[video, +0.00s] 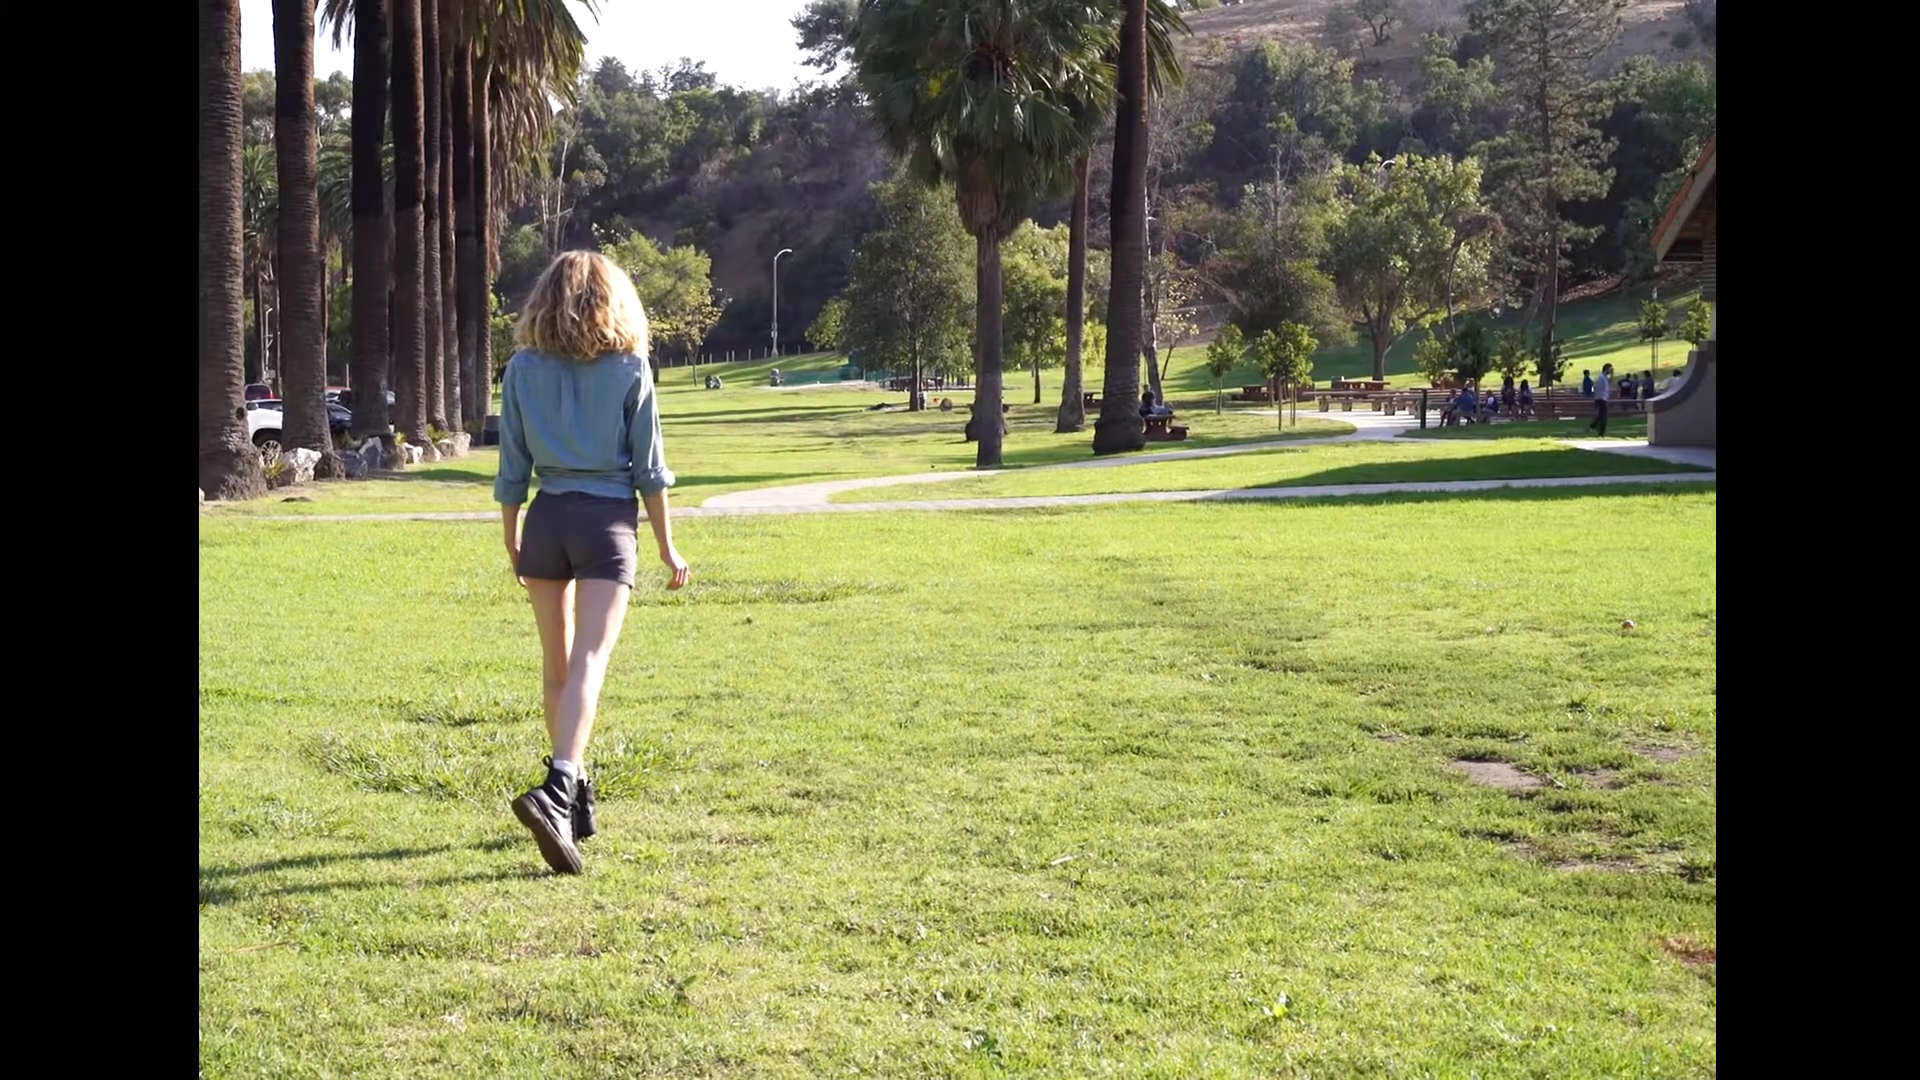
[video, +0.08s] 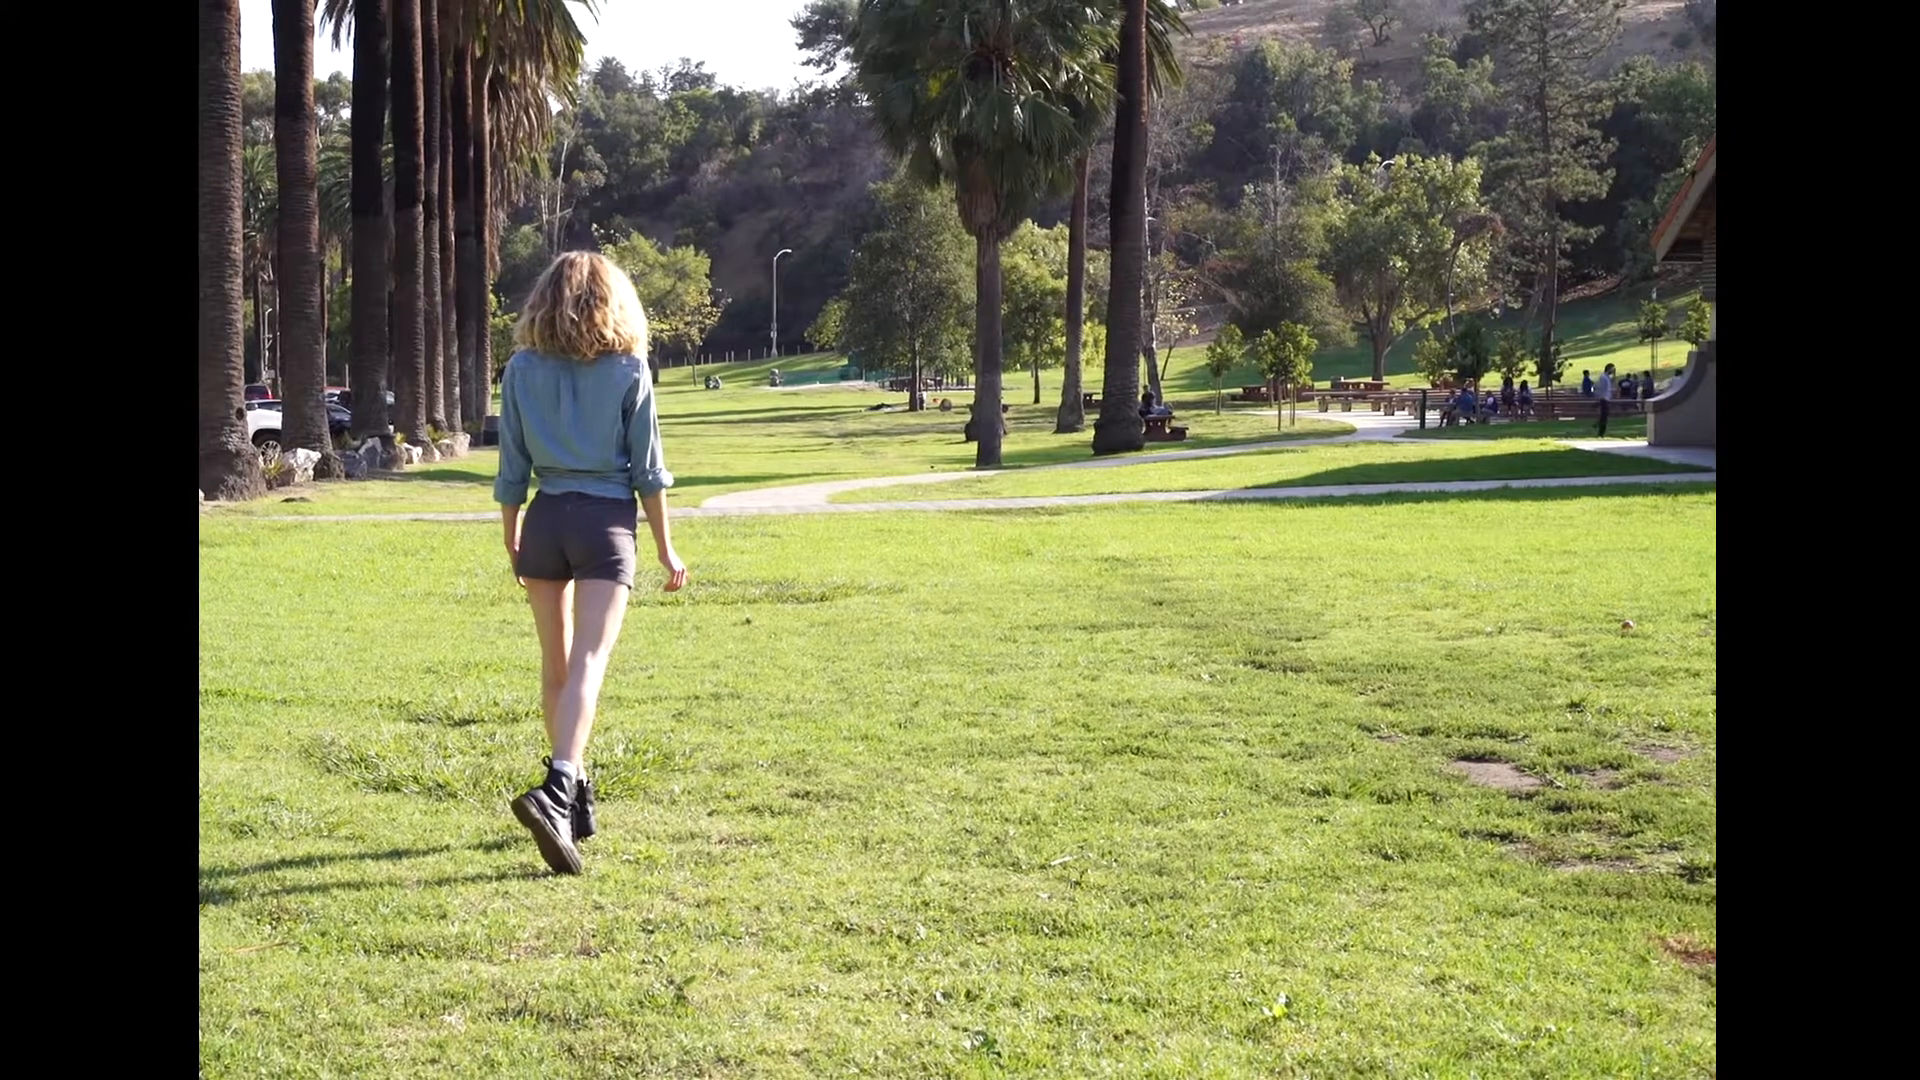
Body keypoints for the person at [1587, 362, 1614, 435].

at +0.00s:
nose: (1610, 371)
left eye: (1611, 369)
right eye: (1610, 369)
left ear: (1605, 369)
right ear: (1606, 369)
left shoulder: (1605, 378)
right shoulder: (1601, 378)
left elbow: (1610, 381)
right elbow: (1597, 389)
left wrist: (1612, 374)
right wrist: (1598, 398)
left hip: (1604, 399)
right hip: (1601, 399)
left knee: (1602, 416)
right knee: (1603, 416)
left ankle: (1592, 426)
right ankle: (1601, 433)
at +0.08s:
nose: (1613, 371)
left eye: (1613, 369)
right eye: (1612, 369)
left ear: (1608, 369)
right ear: (1608, 369)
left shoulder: (1608, 377)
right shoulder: (1603, 378)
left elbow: (1612, 381)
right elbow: (1602, 388)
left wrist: (1614, 373)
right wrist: (1601, 397)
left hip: (1607, 399)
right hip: (1603, 399)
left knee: (1604, 416)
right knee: (1604, 417)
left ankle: (1601, 432)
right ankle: (1601, 433)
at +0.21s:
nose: (1617, 371)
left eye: (1617, 369)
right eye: (1616, 369)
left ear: (1612, 369)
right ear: (1613, 369)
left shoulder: (1612, 378)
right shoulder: (1607, 378)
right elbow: (1605, 390)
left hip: (1610, 399)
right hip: (1606, 400)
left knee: (1605, 417)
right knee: (1613, 415)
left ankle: (1601, 433)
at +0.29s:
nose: (1620, 371)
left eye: (1620, 369)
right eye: (1619, 369)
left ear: (1615, 370)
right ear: (1616, 370)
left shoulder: (1615, 379)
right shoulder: (1610, 378)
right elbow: (1607, 389)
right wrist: (1609, 398)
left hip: (1614, 400)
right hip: (1609, 400)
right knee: (1606, 417)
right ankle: (1601, 433)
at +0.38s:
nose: (1624, 372)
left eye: (1623, 370)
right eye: (1622, 370)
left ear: (1618, 371)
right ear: (1619, 371)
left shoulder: (1618, 379)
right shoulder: (1614, 379)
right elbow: (1611, 390)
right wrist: (1612, 399)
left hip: (1616, 400)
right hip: (1612, 401)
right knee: (1606, 417)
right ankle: (1601, 433)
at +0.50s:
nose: (1629, 373)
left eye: (1629, 371)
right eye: (1628, 371)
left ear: (1623, 371)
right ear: (1625, 371)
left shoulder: (1622, 380)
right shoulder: (1621, 380)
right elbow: (1620, 391)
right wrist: (1622, 399)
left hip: (1617, 400)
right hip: (1619, 400)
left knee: (1610, 416)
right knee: (1625, 416)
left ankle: (1602, 432)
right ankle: (1631, 432)